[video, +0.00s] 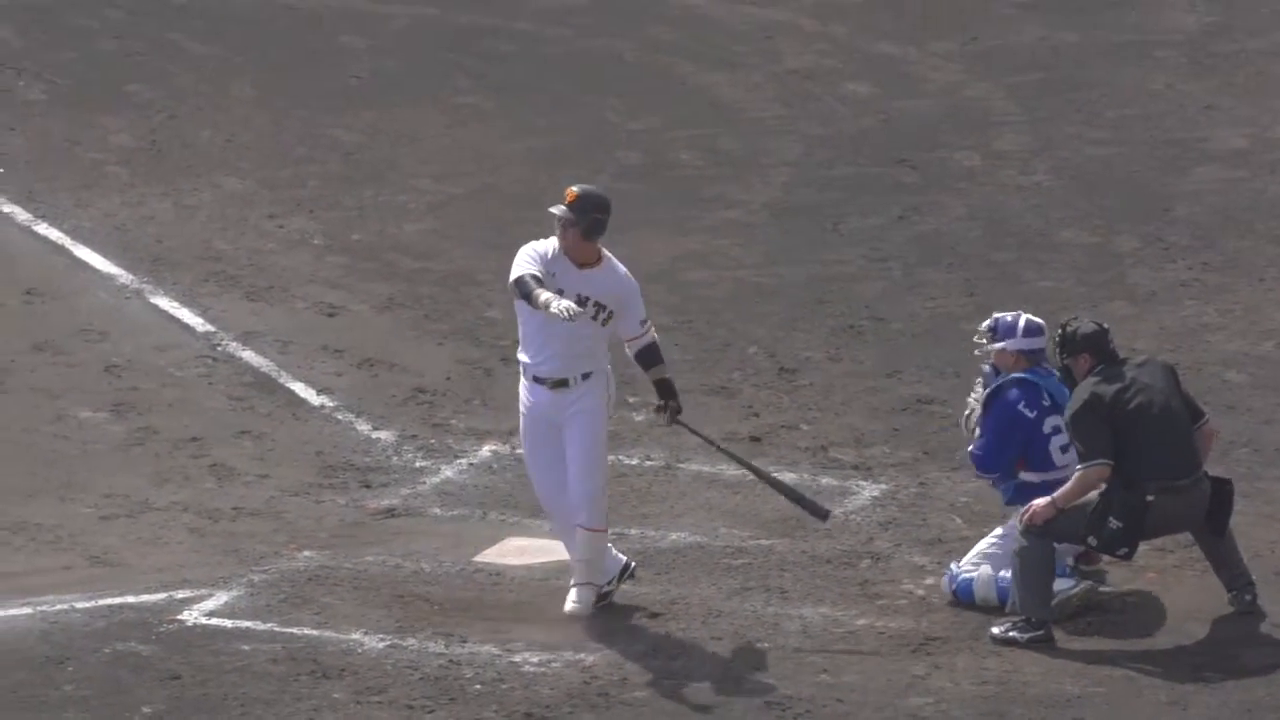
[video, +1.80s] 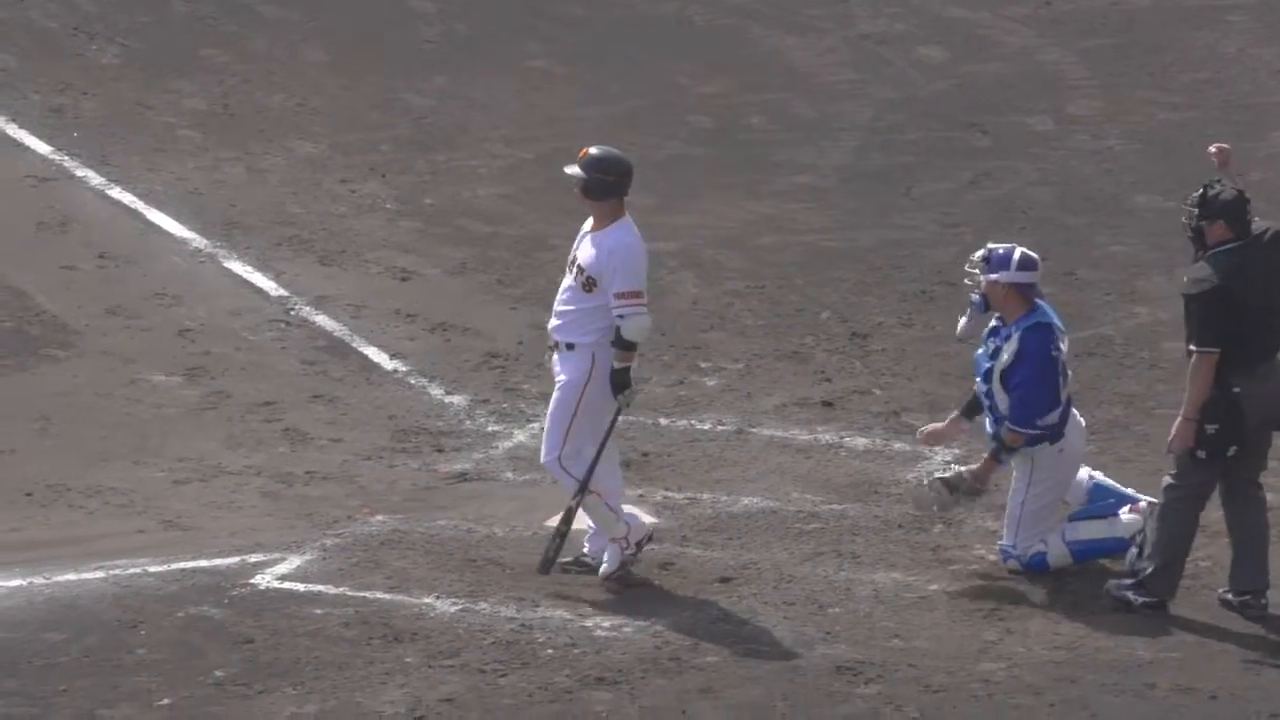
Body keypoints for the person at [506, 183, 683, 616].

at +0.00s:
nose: (559, 228)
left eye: (568, 223)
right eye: (560, 220)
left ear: (590, 231)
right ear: (563, 222)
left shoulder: (618, 283)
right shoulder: (536, 253)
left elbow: (641, 341)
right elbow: (526, 283)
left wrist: (667, 390)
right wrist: (552, 301)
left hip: (585, 393)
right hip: (535, 393)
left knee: (585, 487)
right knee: (550, 495)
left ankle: (583, 583)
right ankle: (608, 564)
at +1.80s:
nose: (576, 186)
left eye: (582, 182)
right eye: (579, 180)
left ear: (599, 189)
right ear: (610, 189)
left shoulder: (623, 245)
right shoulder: (595, 225)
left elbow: (632, 321)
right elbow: (590, 297)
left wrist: (621, 370)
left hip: (592, 360)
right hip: (572, 355)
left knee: (558, 455)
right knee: (591, 451)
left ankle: (627, 530)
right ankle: (605, 541)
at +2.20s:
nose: (581, 189)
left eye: (586, 185)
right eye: (583, 182)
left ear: (599, 191)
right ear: (623, 191)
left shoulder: (598, 246)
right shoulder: (644, 231)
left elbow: (587, 319)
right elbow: (653, 293)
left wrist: (570, 365)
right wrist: (622, 320)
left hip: (601, 357)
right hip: (631, 350)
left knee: (594, 462)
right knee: (603, 451)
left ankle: (623, 560)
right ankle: (602, 538)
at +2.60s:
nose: (572, 192)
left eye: (576, 187)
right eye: (574, 186)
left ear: (589, 190)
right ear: (618, 192)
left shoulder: (569, 232)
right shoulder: (646, 248)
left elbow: (537, 295)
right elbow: (654, 318)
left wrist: (523, 346)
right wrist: (651, 366)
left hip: (582, 366)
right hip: (630, 362)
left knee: (589, 467)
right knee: (620, 404)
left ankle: (603, 562)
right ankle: (636, 487)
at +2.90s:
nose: (579, 191)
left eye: (583, 186)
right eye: (582, 186)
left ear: (592, 189)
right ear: (626, 193)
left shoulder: (566, 226)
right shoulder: (651, 248)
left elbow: (528, 289)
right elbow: (660, 321)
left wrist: (517, 341)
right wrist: (657, 372)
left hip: (573, 360)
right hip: (625, 357)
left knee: (576, 463)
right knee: (648, 439)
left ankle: (587, 557)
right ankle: (669, 538)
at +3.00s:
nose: (585, 191)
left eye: (589, 186)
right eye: (588, 185)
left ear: (598, 188)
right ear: (631, 192)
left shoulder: (570, 226)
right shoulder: (657, 248)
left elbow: (530, 289)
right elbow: (660, 321)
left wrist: (519, 341)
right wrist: (656, 378)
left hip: (578, 358)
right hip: (632, 356)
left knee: (578, 464)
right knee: (647, 466)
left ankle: (583, 556)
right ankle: (661, 557)